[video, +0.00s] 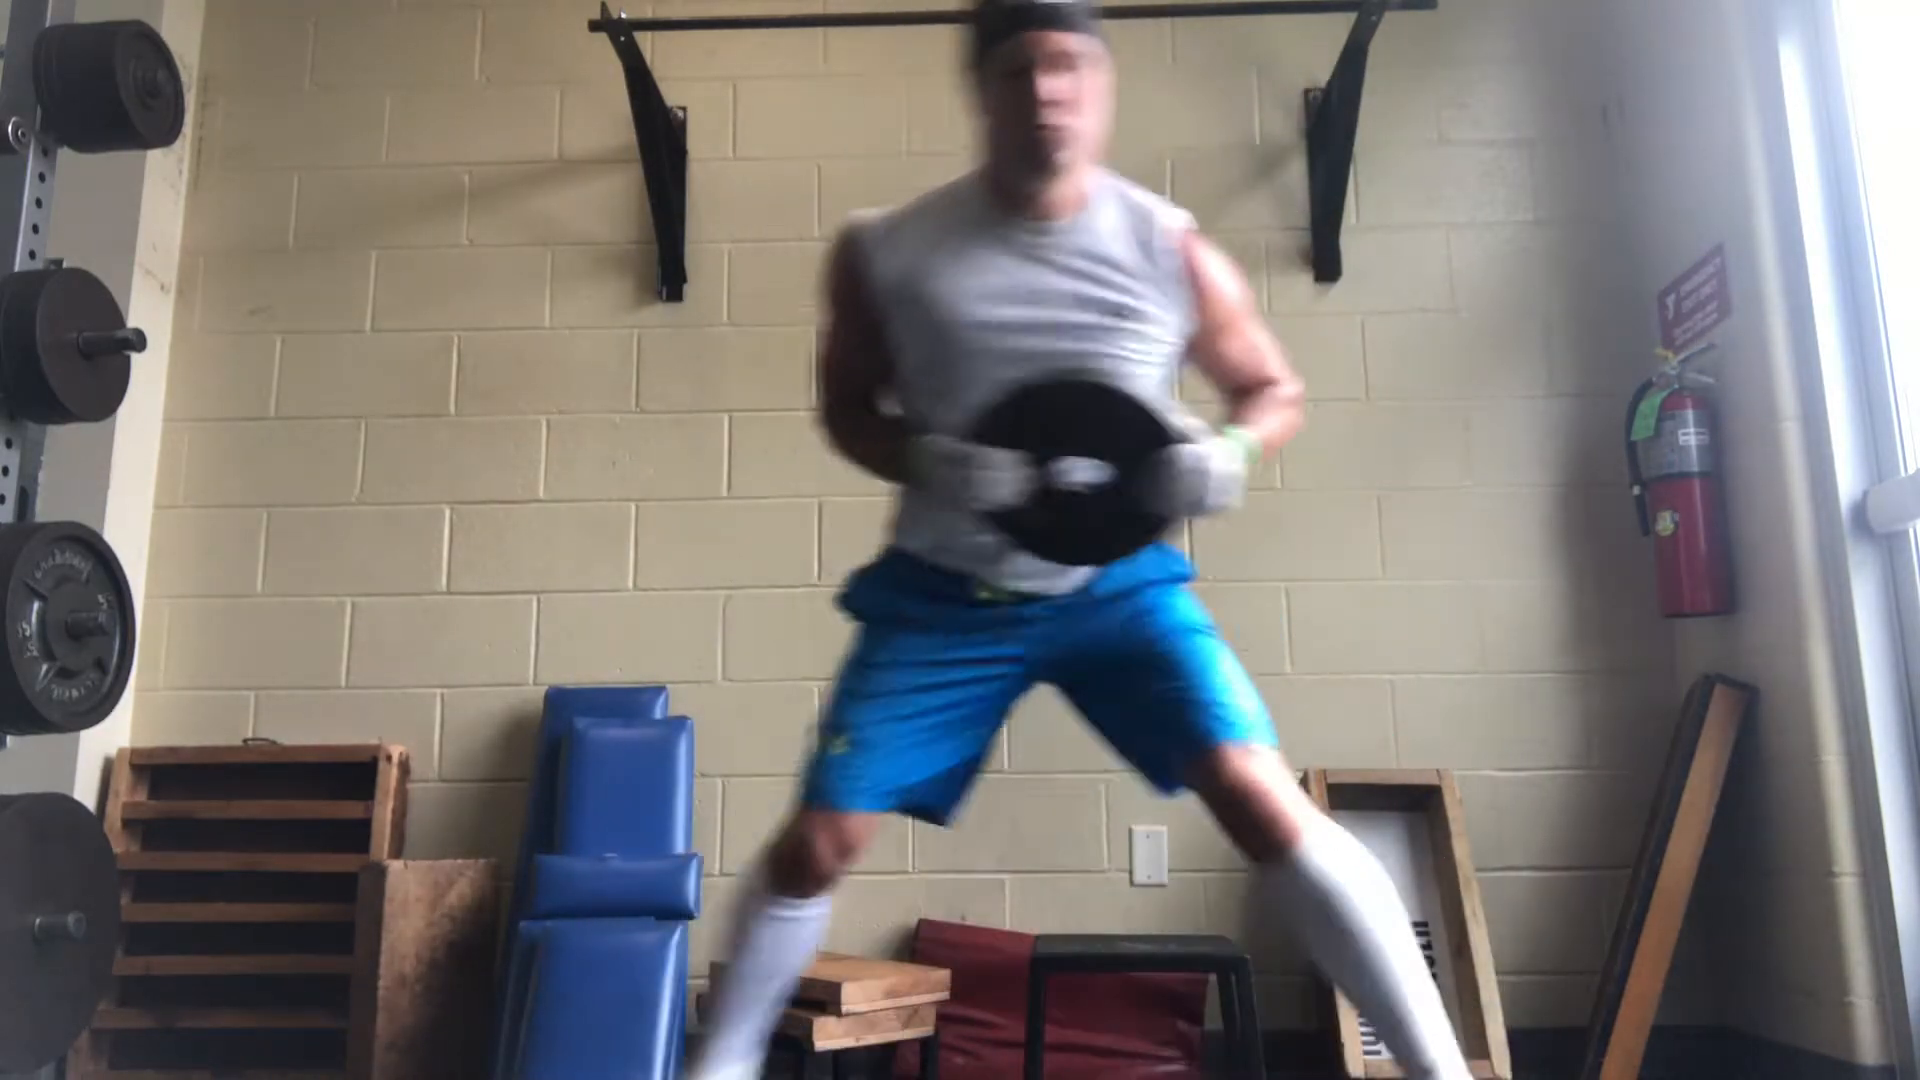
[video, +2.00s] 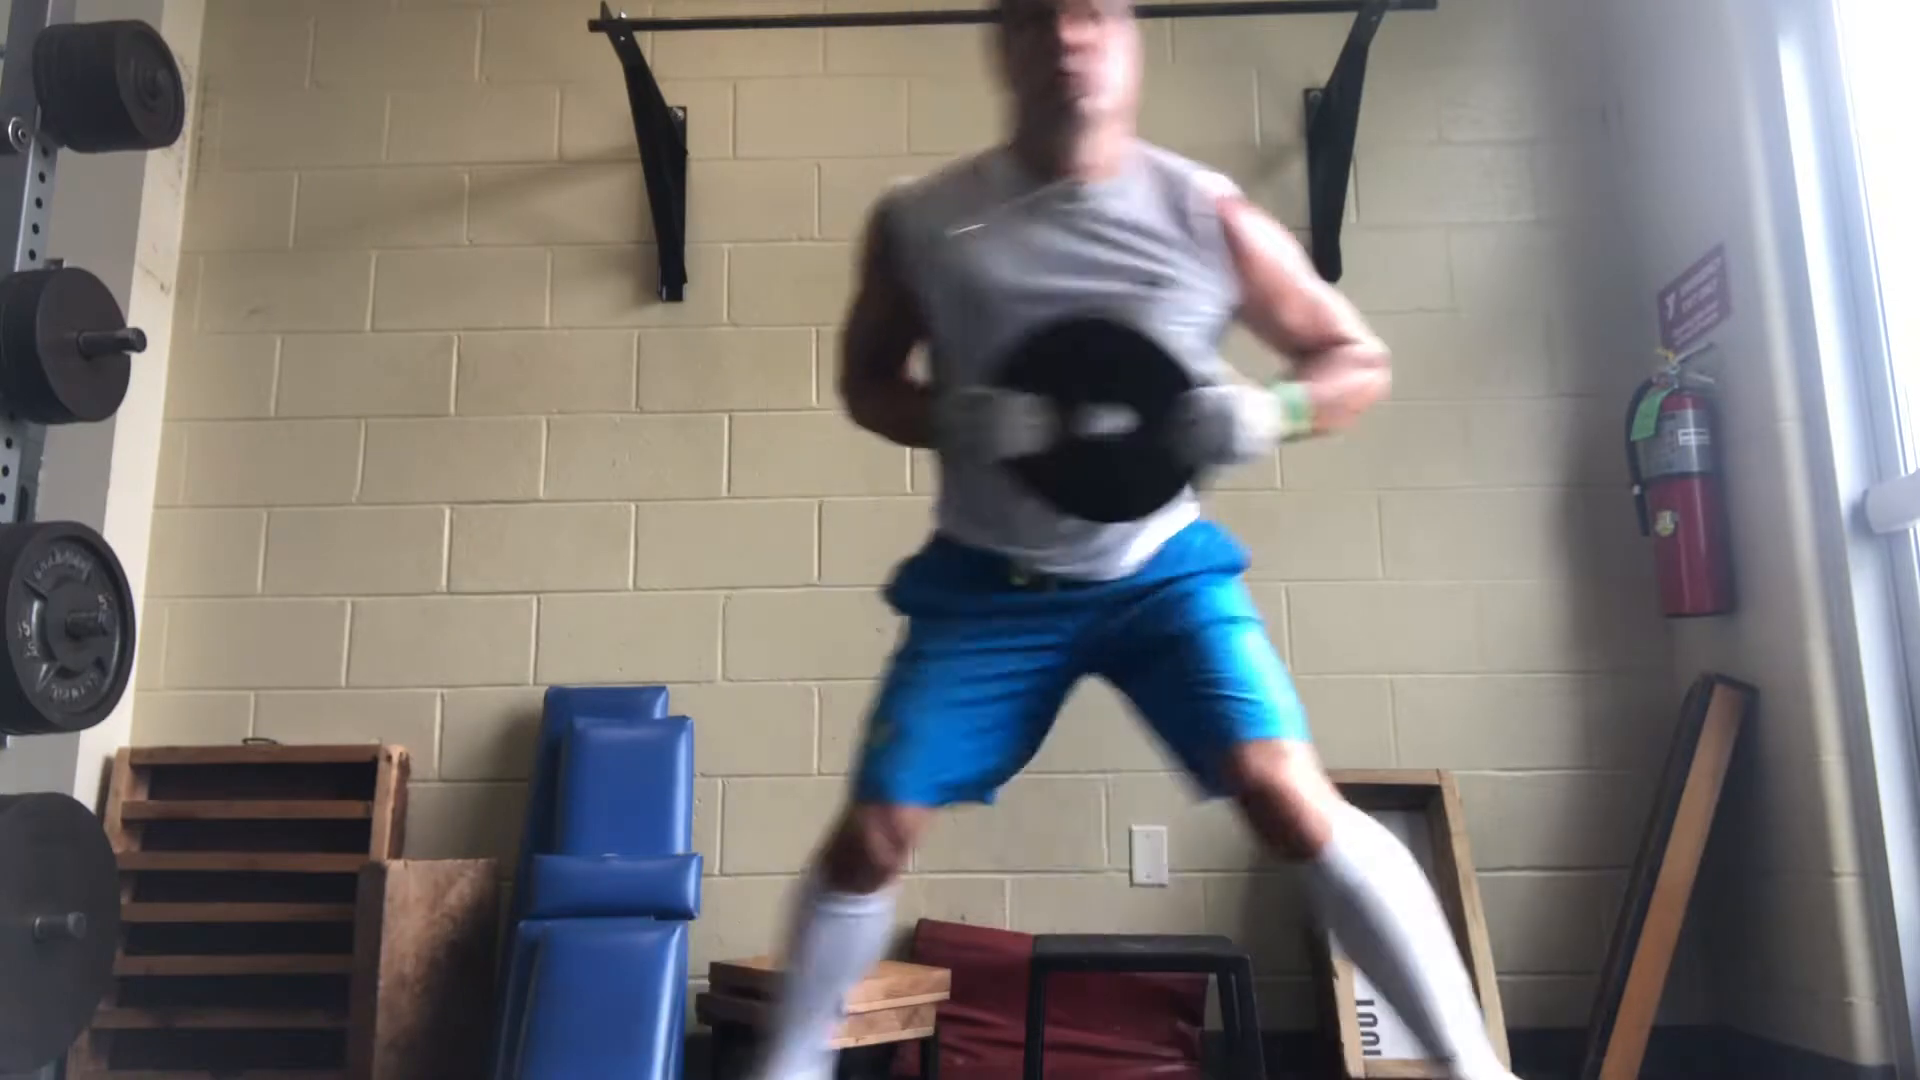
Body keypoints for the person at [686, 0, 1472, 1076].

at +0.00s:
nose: (1045, 95)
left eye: (1066, 67)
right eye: (1018, 72)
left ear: (1106, 87)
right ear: (980, 95)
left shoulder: (1168, 248)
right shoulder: (884, 256)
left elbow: (1278, 391)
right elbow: (845, 413)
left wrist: (1229, 454)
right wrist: (930, 465)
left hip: (1126, 591)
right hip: (944, 601)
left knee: (1259, 797)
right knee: (818, 841)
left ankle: (1445, 1069)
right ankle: (712, 1070)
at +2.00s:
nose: (1069, 42)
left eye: (1094, 19)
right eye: (1039, 22)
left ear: (1133, 43)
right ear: (1001, 50)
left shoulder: (1206, 217)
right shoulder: (918, 226)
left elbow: (1358, 360)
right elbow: (865, 385)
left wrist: (1275, 408)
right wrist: (956, 422)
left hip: (1166, 575)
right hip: (986, 587)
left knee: (1287, 801)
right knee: (871, 835)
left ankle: (1477, 1067)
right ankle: (786, 1067)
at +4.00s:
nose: (1052, 71)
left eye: (1073, 46)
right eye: (1025, 50)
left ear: (1111, 74)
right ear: (989, 81)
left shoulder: (1187, 238)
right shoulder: (902, 250)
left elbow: (1285, 364)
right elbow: (846, 428)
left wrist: (1265, 433)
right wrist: (958, 453)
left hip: (1137, 594)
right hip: (962, 604)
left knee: (1274, 823)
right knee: (854, 846)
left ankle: (1448, 1070)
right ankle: (802, 1065)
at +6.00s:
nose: (1050, 76)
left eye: (1075, 47)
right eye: (1023, 50)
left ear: (1117, 65)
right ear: (987, 69)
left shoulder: (1198, 234)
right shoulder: (896, 235)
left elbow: (1311, 366)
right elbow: (852, 410)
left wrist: (1270, 431)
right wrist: (952, 453)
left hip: (1148, 596)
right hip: (967, 601)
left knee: (1286, 841)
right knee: (854, 850)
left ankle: (1448, 1070)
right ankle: (823, 1044)